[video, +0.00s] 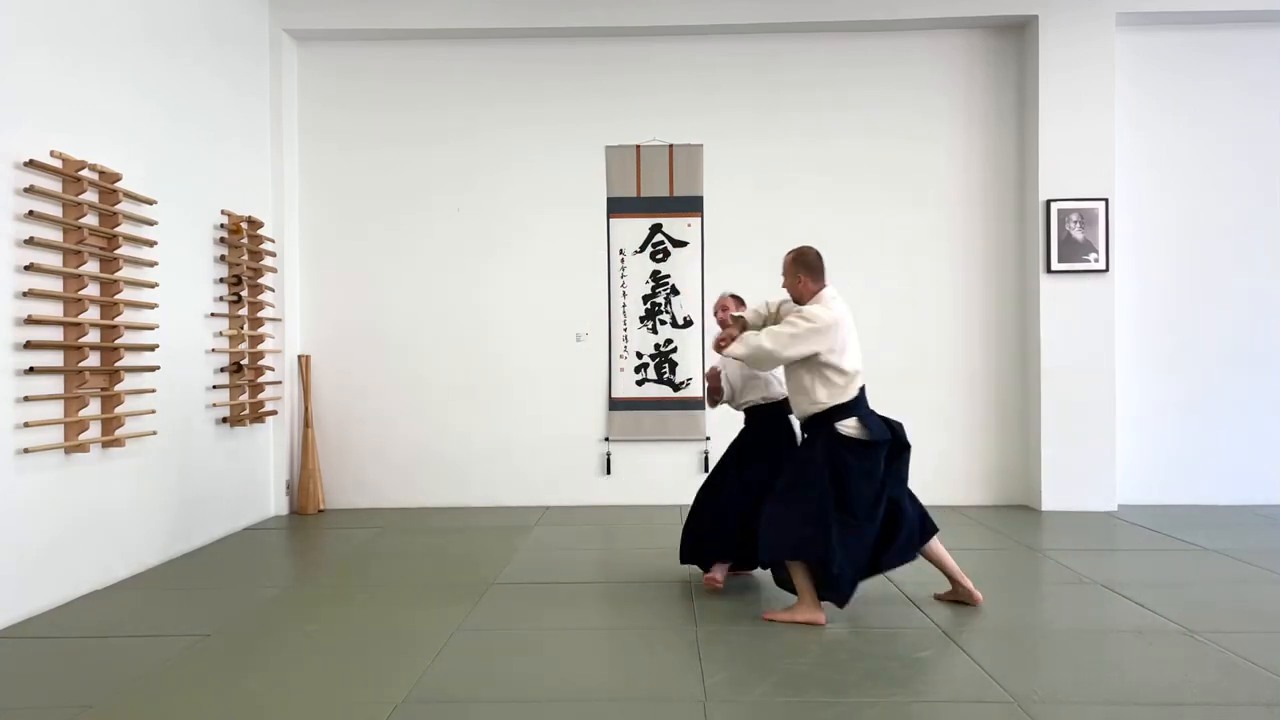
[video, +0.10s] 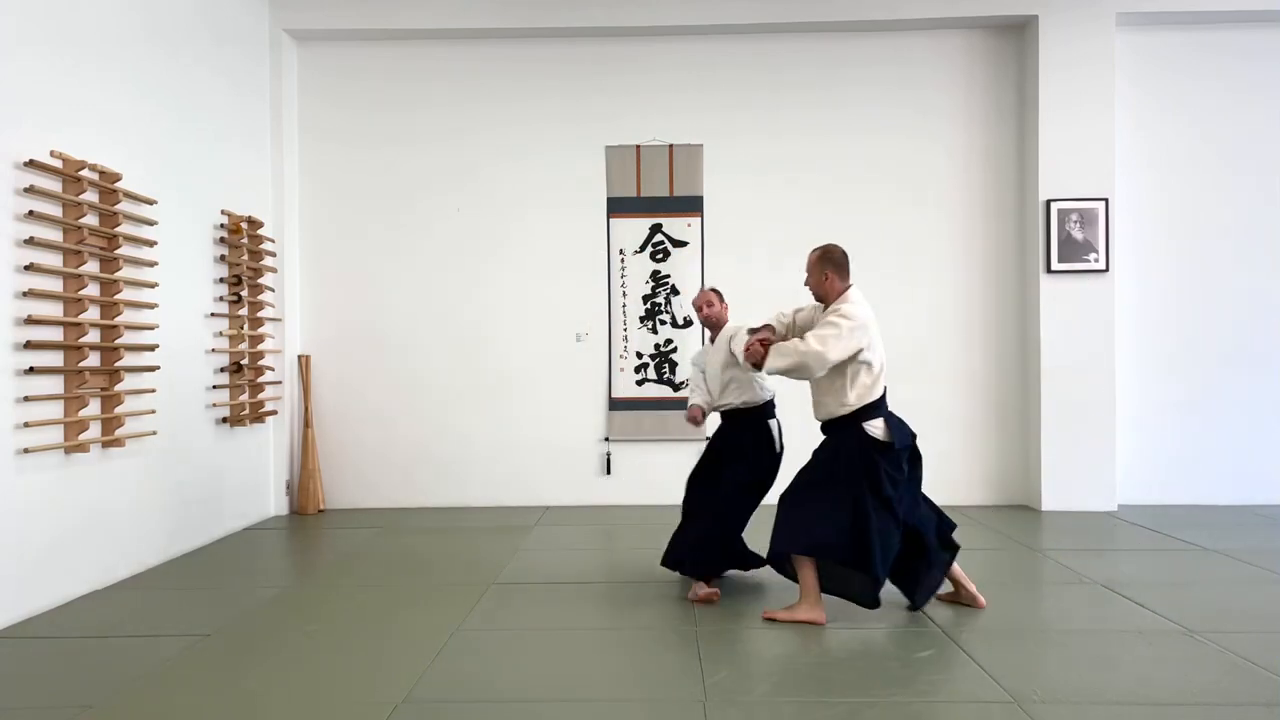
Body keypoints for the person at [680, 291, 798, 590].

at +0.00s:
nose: (720, 316)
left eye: (726, 310)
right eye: (717, 312)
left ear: (744, 313)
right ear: (715, 319)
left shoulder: (761, 339)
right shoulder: (724, 356)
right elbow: (716, 400)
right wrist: (714, 387)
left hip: (775, 424)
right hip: (756, 426)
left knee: (724, 489)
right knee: (744, 492)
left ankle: (721, 560)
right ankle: (744, 557)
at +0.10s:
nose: (705, 311)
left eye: (710, 305)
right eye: (700, 309)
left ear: (725, 308)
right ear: (697, 316)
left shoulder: (739, 333)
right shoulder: (701, 356)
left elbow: (746, 348)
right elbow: (698, 388)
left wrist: (754, 352)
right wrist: (696, 405)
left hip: (758, 426)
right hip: (729, 428)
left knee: (727, 497)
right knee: (699, 491)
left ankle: (707, 575)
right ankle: (703, 573)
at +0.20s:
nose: (704, 309)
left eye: (707, 302)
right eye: (695, 307)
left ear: (716, 304)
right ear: (688, 315)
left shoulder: (735, 334)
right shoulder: (684, 356)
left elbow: (754, 352)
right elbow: (675, 400)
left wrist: (760, 333)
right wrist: (671, 432)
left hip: (744, 433)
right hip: (707, 433)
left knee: (722, 507)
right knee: (670, 499)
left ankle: (699, 584)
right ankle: (696, 564)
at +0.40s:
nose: (680, 304)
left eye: (680, 297)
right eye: (671, 302)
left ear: (686, 296)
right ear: (657, 312)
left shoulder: (707, 325)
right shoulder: (654, 352)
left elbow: (728, 326)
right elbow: (644, 405)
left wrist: (725, 298)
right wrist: (631, 450)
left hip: (720, 428)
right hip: (680, 430)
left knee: (715, 511)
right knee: (644, 501)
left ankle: (705, 591)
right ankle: (608, 575)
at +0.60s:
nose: (653, 297)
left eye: (652, 292)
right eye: (644, 295)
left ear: (653, 296)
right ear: (625, 306)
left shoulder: (674, 322)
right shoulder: (616, 353)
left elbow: (699, 302)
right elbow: (609, 409)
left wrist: (703, 271)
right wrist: (605, 458)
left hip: (688, 430)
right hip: (647, 435)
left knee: (716, 504)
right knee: (625, 515)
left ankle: (703, 590)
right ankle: (598, 599)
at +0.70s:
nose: (639, 290)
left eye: (638, 284)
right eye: (629, 288)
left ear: (642, 285)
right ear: (612, 298)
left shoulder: (666, 318)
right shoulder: (606, 344)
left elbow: (692, 295)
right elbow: (598, 398)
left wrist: (692, 259)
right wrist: (594, 446)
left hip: (679, 425)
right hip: (637, 429)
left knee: (698, 503)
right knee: (614, 511)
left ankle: (700, 588)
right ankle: (593, 599)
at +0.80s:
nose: (632, 288)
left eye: (633, 281)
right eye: (623, 285)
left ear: (639, 283)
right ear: (608, 295)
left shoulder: (661, 316)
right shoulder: (601, 339)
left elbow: (678, 287)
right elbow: (595, 390)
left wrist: (675, 254)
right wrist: (592, 429)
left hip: (672, 423)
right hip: (629, 426)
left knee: (679, 508)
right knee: (612, 511)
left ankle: (684, 588)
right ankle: (590, 596)